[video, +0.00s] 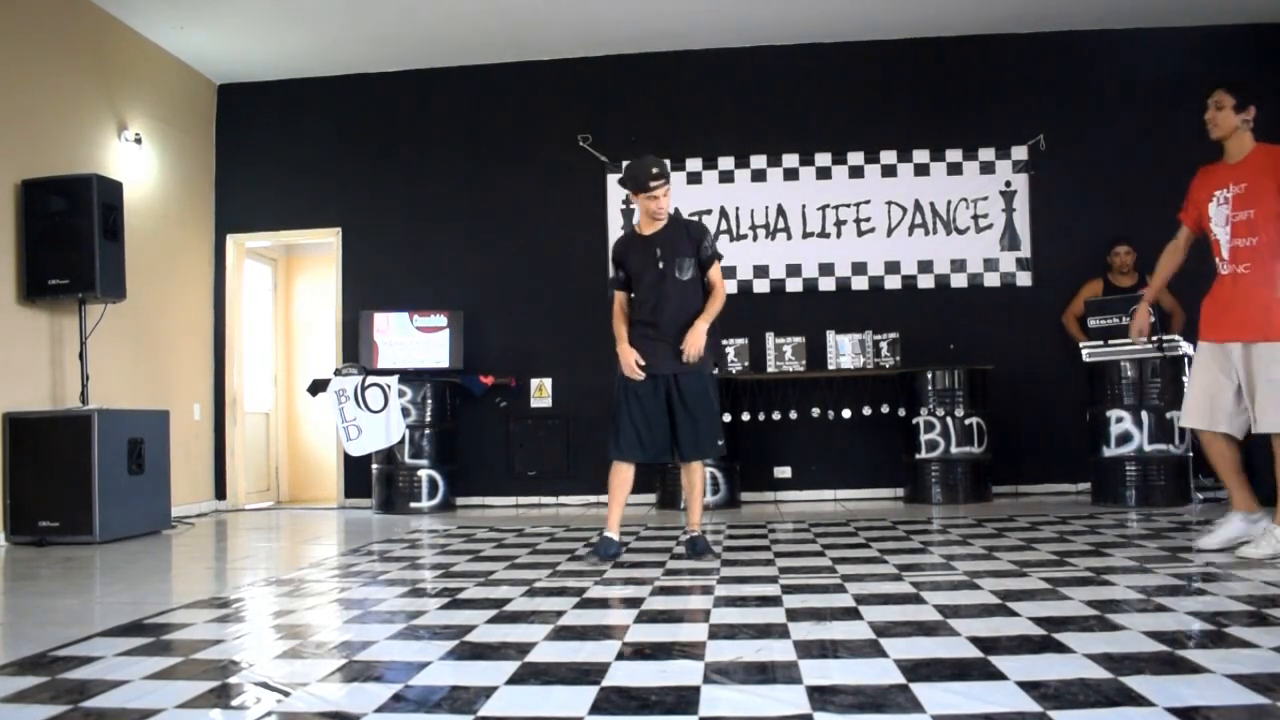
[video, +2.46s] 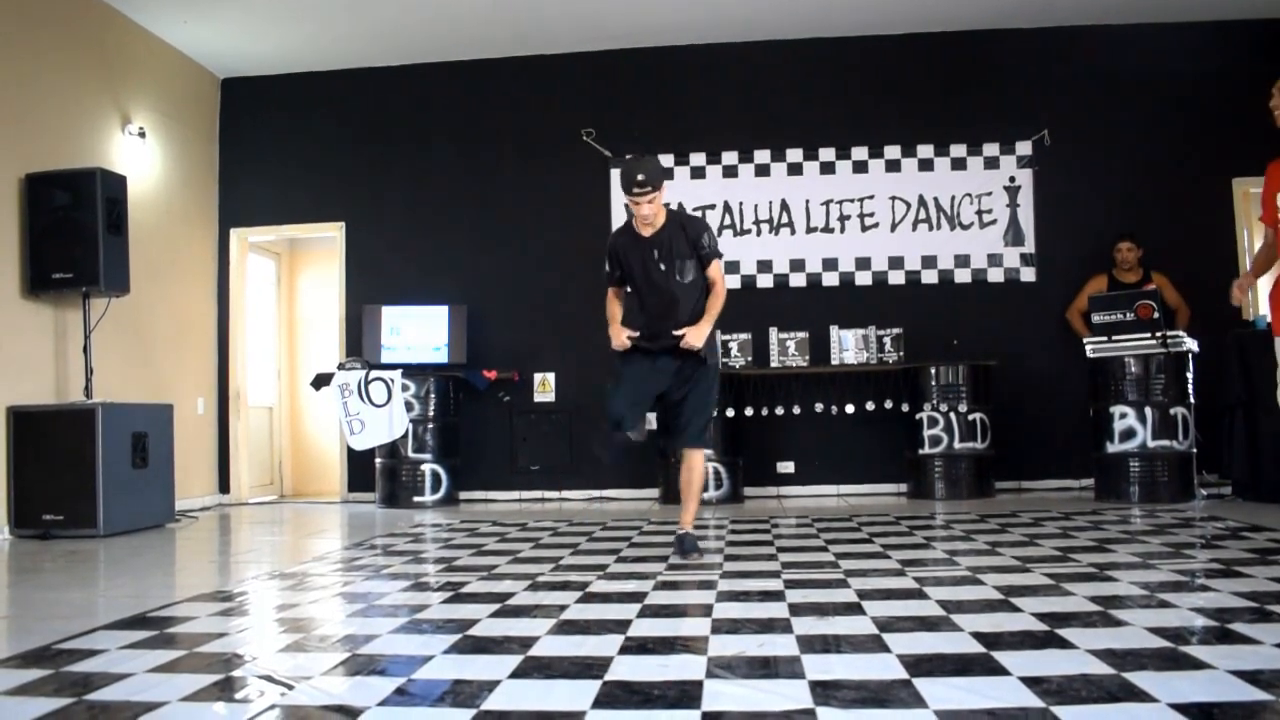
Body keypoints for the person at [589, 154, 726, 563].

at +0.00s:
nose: (660, 204)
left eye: (664, 195)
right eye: (651, 197)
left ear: (671, 192)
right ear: (634, 199)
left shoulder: (693, 234)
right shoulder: (624, 247)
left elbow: (719, 289)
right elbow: (620, 304)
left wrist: (701, 327)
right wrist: (622, 345)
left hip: (689, 364)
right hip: (641, 365)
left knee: (692, 450)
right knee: (625, 449)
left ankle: (695, 531)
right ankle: (610, 535)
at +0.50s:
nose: (609, 191)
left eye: (610, 184)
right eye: (600, 185)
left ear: (613, 187)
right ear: (576, 190)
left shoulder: (633, 231)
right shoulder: (559, 248)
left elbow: (653, 290)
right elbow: (555, 309)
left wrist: (654, 334)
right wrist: (562, 352)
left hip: (638, 362)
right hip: (588, 368)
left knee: (659, 447)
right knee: (590, 455)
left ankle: (672, 531)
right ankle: (594, 540)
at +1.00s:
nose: (599, 191)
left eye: (601, 184)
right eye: (590, 185)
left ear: (603, 188)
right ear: (567, 191)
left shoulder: (621, 235)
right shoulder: (547, 245)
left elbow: (643, 292)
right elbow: (543, 305)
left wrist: (650, 340)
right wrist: (554, 346)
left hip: (631, 364)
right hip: (581, 369)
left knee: (646, 454)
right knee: (589, 459)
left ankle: (660, 538)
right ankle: (595, 541)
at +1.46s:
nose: (601, 201)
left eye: (606, 192)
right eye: (592, 193)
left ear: (614, 189)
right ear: (573, 191)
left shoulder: (635, 232)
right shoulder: (560, 243)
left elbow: (654, 286)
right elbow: (551, 305)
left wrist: (654, 319)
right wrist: (579, 341)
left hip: (641, 353)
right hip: (594, 357)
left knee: (657, 445)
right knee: (594, 450)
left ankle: (664, 535)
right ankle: (596, 538)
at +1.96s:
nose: (655, 219)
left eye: (663, 212)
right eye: (649, 211)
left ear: (674, 201)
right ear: (633, 197)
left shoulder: (685, 233)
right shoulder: (608, 230)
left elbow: (695, 292)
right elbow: (591, 287)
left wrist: (687, 329)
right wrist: (599, 330)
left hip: (670, 357)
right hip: (619, 356)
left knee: (681, 445)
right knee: (609, 443)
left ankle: (688, 531)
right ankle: (610, 527)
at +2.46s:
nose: (643, 210)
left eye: (650, 201)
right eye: (635, 202)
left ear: (663, 193)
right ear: (625, 199)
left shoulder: (693, 230)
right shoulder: (620, 243)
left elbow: (718, 284)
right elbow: (615, 292)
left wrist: (705, 325)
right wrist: (615, 326)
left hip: (691, 350)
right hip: (642, 352)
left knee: (691, 440)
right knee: (621, 420)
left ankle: (686, 530)